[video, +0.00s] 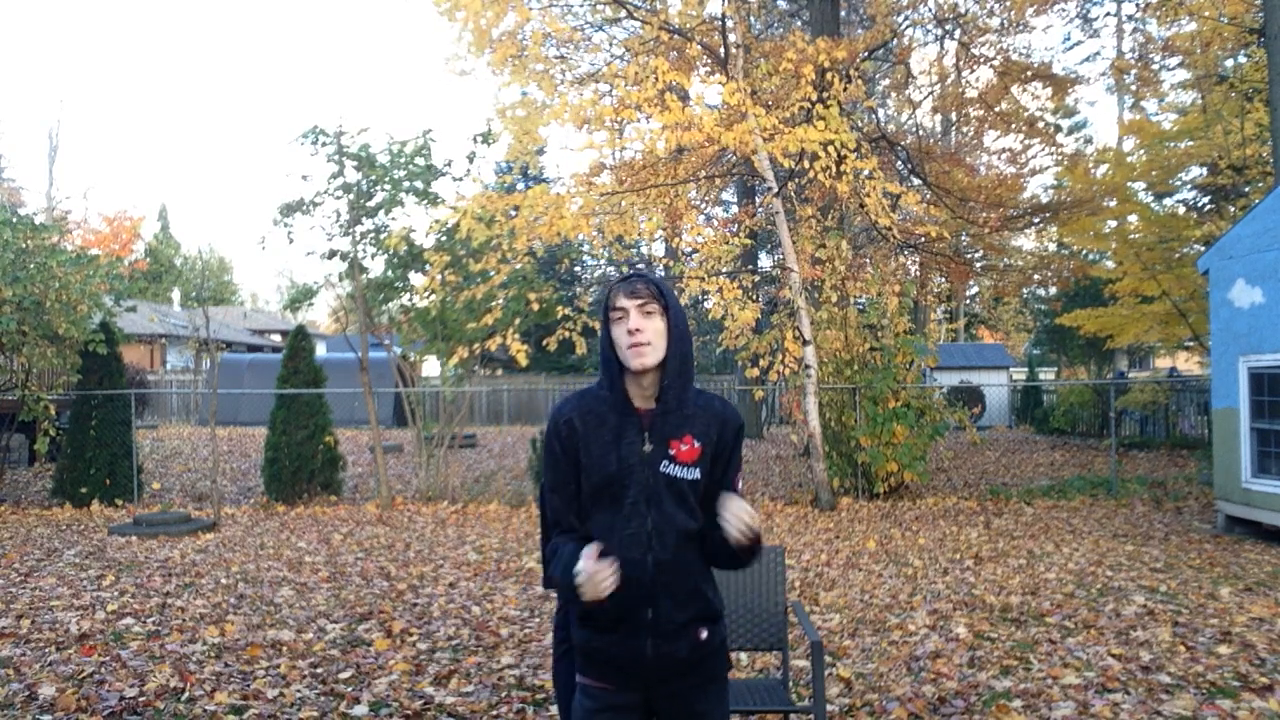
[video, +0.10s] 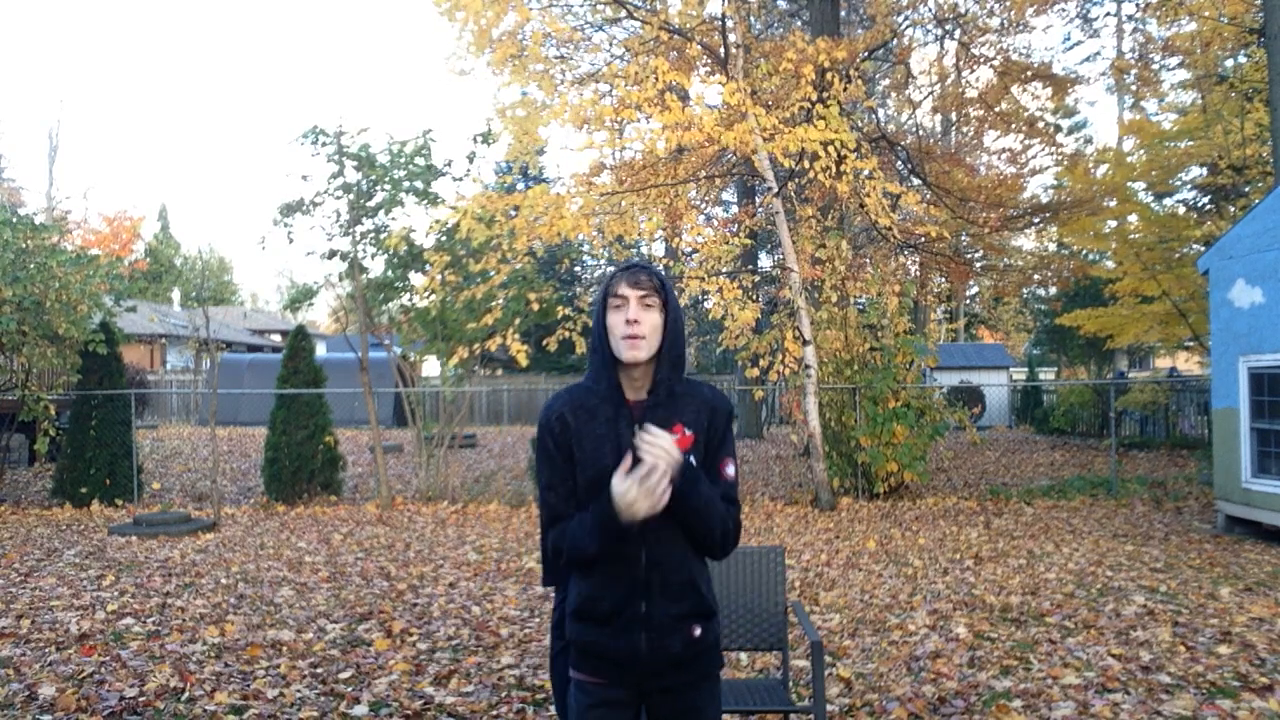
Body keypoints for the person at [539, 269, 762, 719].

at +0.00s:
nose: (634, 326)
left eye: (647, 311)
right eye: (619, 316)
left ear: (672, 325)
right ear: (607, 335)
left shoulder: (717, 421)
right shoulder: (573, 422)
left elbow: (721, 549)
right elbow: (556, 541)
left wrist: (743, 535)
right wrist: (575, 567)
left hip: (694, 656)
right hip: (604, 659)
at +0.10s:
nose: (631, 317)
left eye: (647, 304)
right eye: (618, 304)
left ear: (668, 320)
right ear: (601, 321)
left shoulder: (707, 408)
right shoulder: (566, 415)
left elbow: (723, 539)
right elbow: (555, 551)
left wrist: (681, 472)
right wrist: (613, 514)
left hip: (687, 645)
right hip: (597, 649)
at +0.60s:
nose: (606, 336)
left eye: (619, 326)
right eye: (593, 320)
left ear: (628, 341)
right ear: (565, 328)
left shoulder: (660, 409)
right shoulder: (519, 425)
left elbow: (708, 522)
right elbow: (494, 554)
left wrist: (653, 504)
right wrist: (571, 527)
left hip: (652, 663)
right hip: (559, 670)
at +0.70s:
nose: (608, 330)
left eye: (620, 319)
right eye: (593, 314)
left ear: (628, 331)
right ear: (563, 322)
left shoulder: (661, 401)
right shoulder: (517, 415)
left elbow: (715, 502)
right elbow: (497, 538)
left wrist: (706, 566)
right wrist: (531, 603)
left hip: (653, 653)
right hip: (562, 661)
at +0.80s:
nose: (612, 326)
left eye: (623, 315)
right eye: (597, 309)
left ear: (631, 329)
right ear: (564, 318)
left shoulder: (661, 395)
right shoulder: (523, 411)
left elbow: (715, 503)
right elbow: (507, 539)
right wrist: (483, 642)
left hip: (653, 644)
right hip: (565, 650)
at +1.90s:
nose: (606, 322)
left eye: (621, 309)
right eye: (592, 311)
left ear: (645, 325)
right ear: (578, 330)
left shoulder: (681, 418)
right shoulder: (540, 420)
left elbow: (693, 550)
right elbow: (515, 555)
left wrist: (746, 619)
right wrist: (447, 643)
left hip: (660, 662)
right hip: (566, 663)